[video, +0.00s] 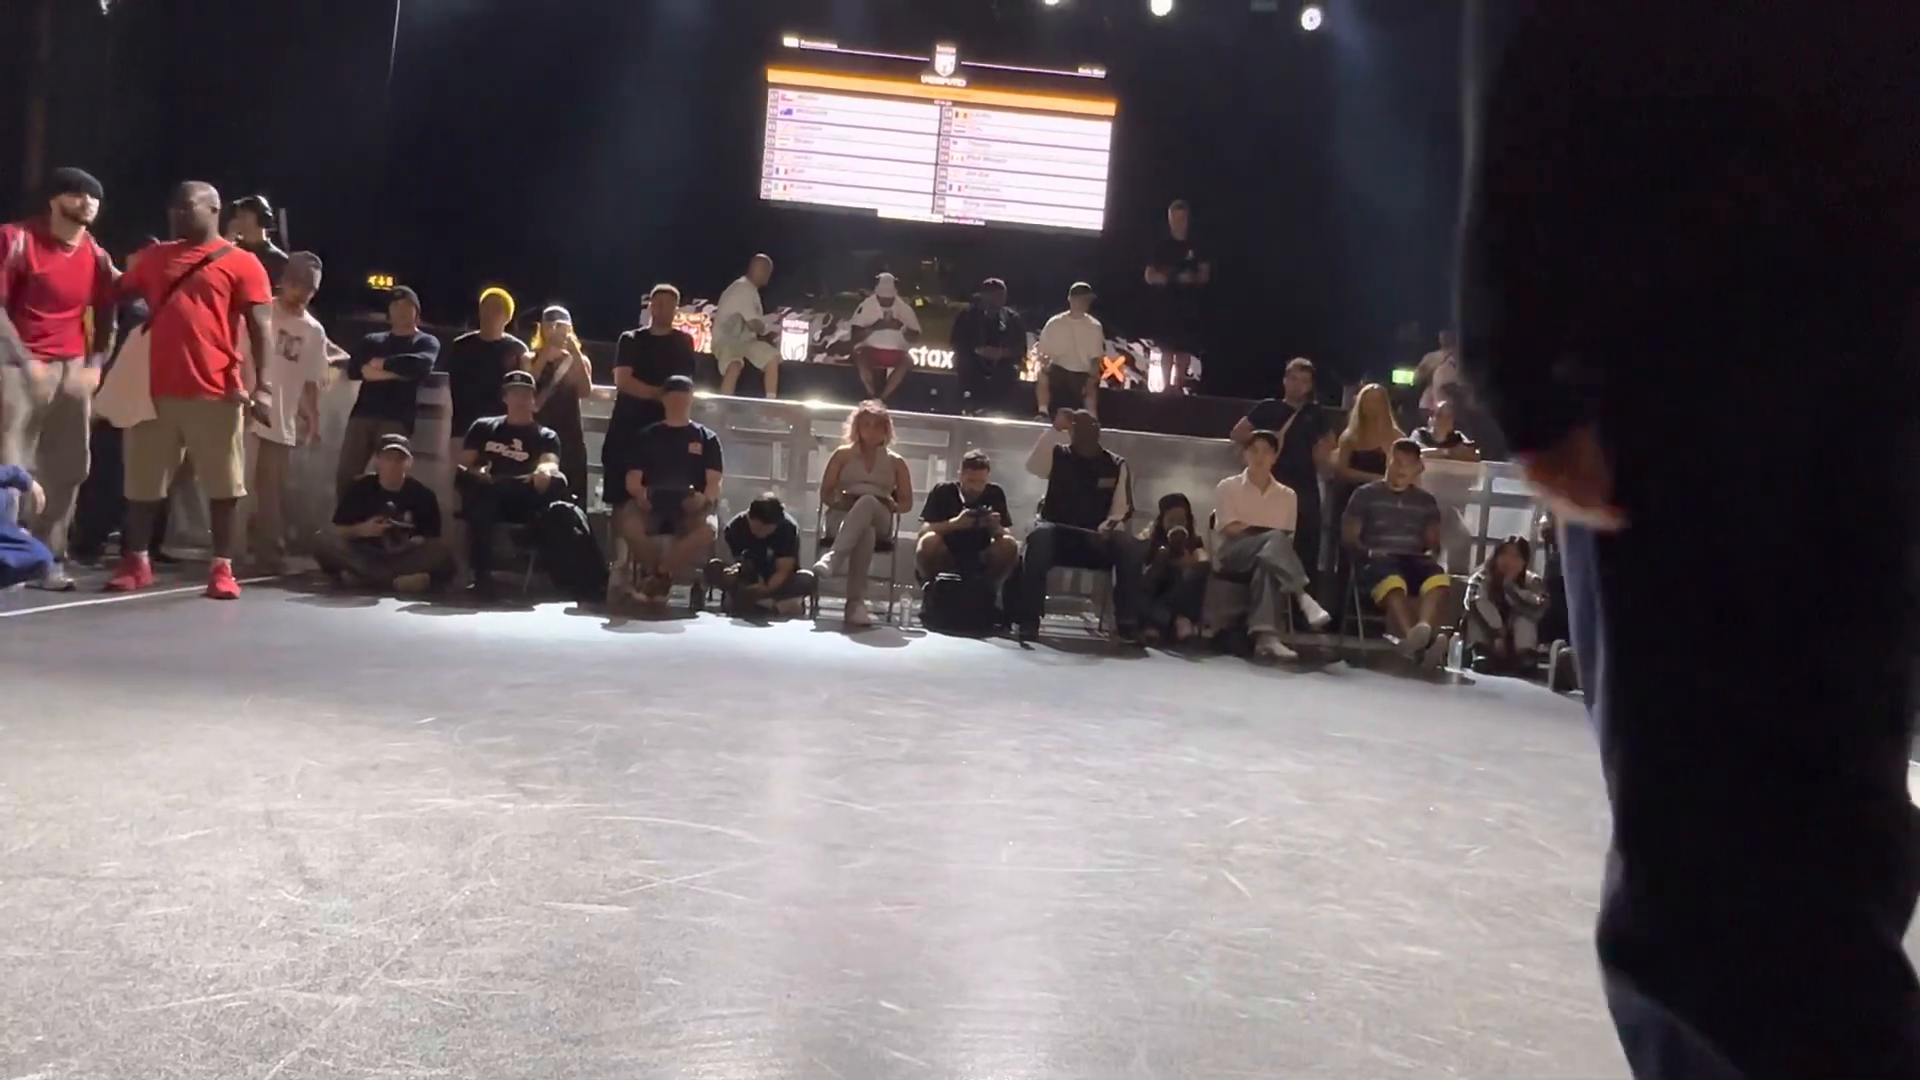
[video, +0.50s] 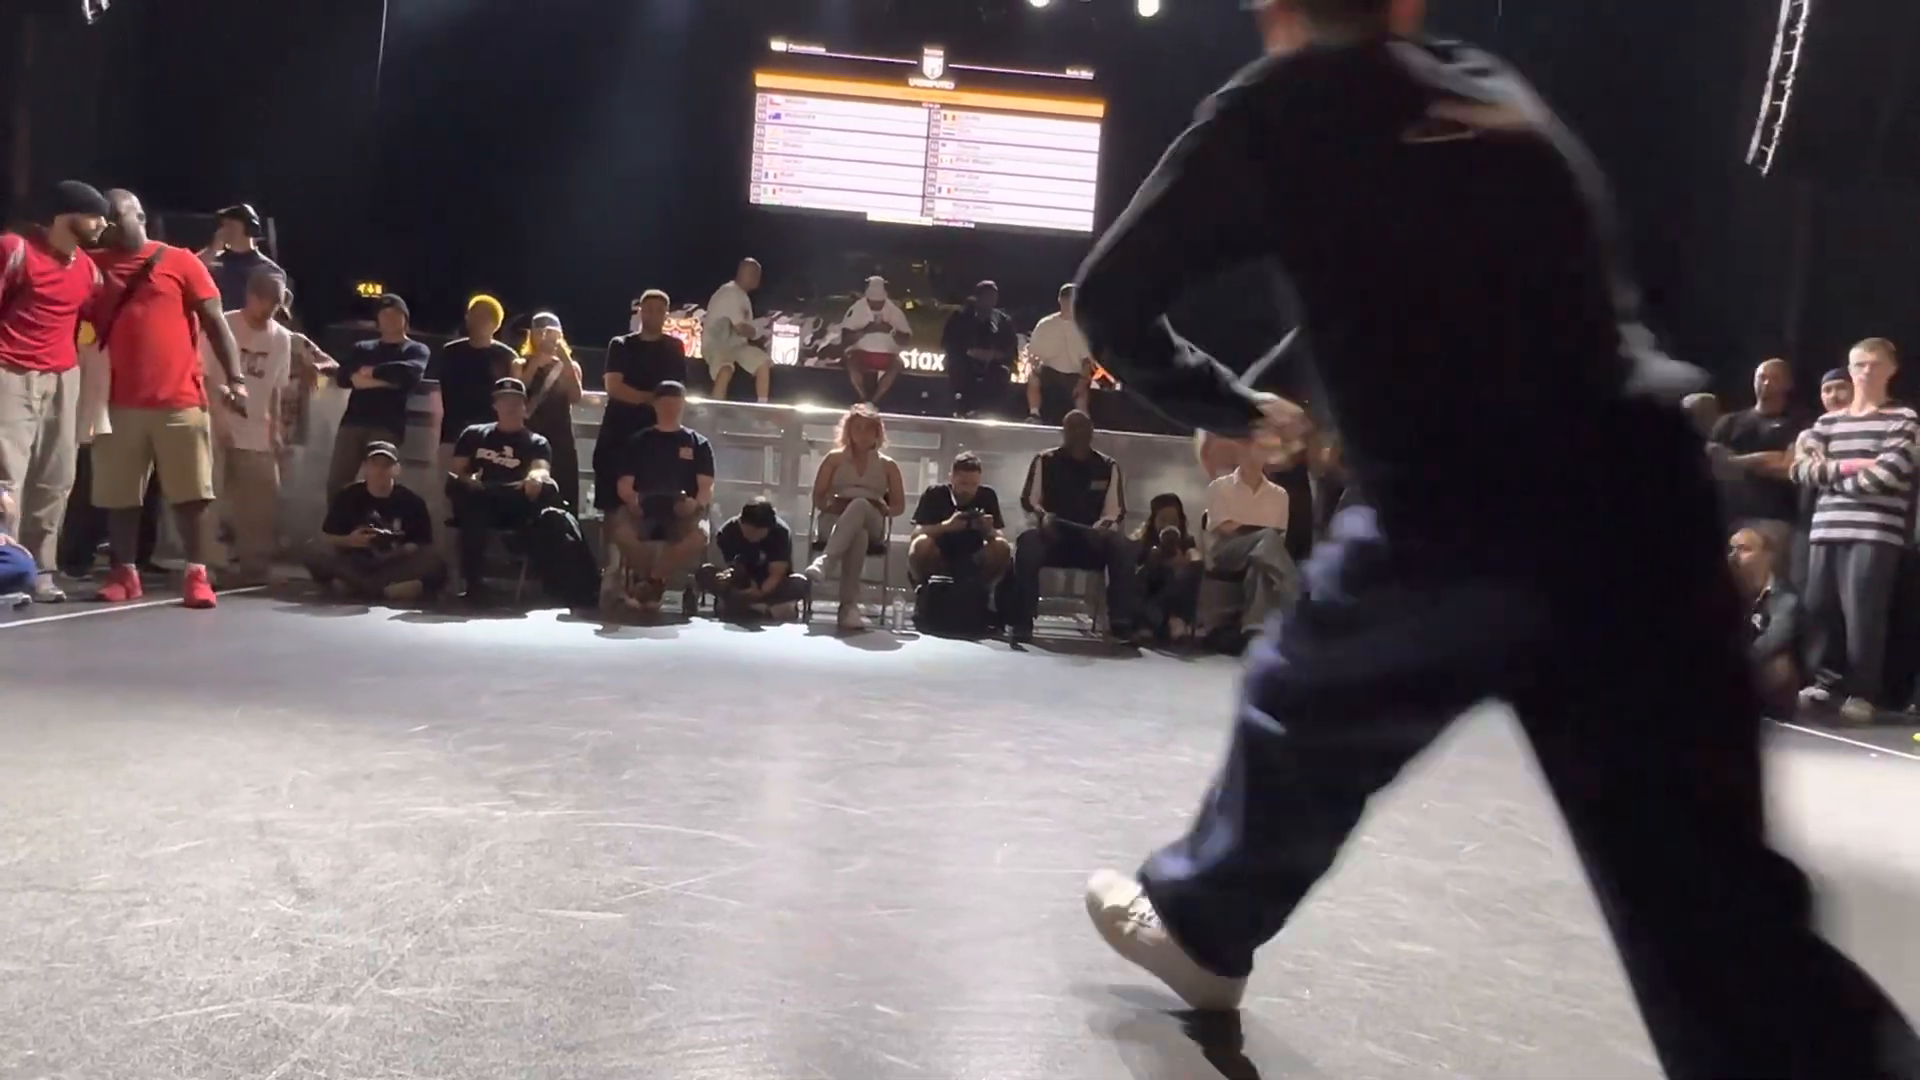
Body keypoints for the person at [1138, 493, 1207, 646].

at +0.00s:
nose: (1177, 526)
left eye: (1181, 520)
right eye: (1172, 520)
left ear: (1189, 520)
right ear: (1162, 519)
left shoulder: (1194, 542)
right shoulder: (1150, 542)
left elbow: (1204, 563)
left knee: (1196, 570)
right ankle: (1182, 619)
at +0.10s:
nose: (1174, 525)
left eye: (1179, 520)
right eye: (1169, 520)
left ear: (1187, 520)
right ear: (1159, 519)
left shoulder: (1192, 541)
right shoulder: (1145, 541)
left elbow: (1202, 562)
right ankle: (1181, 619)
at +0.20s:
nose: (1173, 524)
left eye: (1178, 519)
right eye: (1167, 519)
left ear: (1185, 519)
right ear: (1157, 519)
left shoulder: (1190, 541)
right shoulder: (1144, 541)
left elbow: (1200, 561)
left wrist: (1183, 557)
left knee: (1195, 569)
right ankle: (1179, 619)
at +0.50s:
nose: (1168, 526)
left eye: (1173, 520)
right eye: (1163, 520)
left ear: (1181, 520)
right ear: (1153, 520)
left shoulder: (1187, 542)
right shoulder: (1140, 542)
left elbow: (1197, 561)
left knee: (1193, 568)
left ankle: (1184, 620)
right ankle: (1174, 619)